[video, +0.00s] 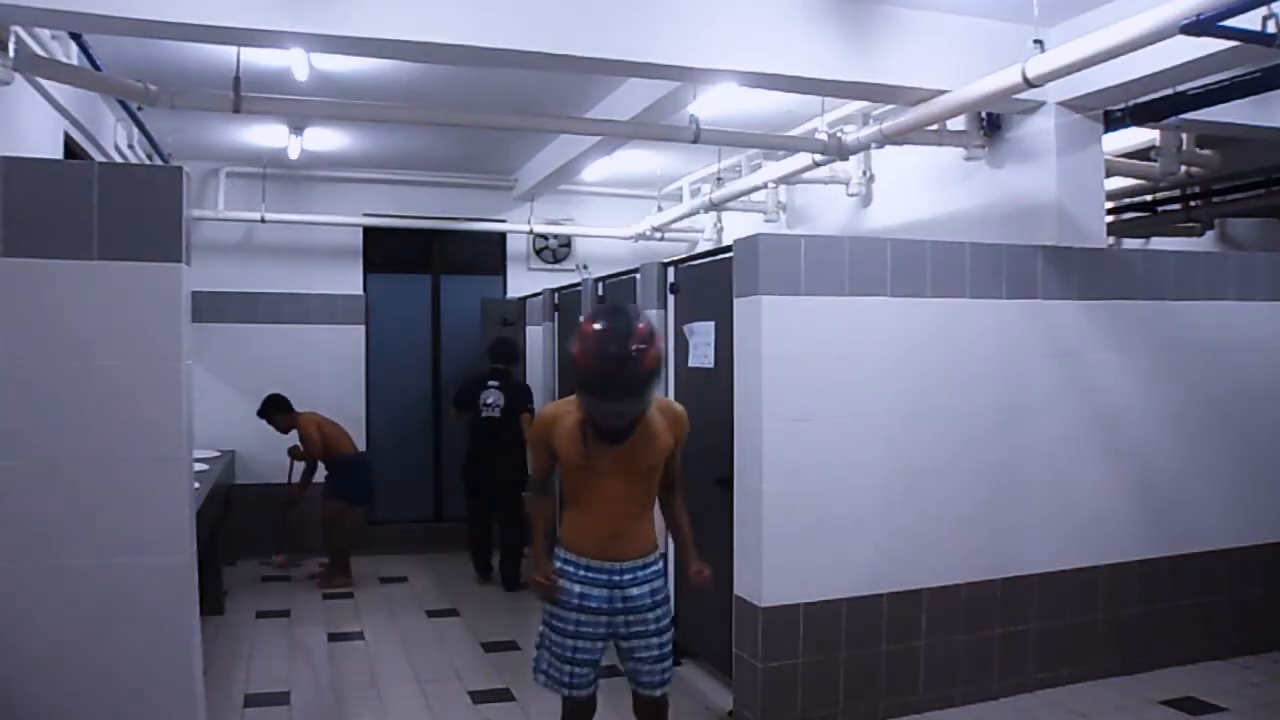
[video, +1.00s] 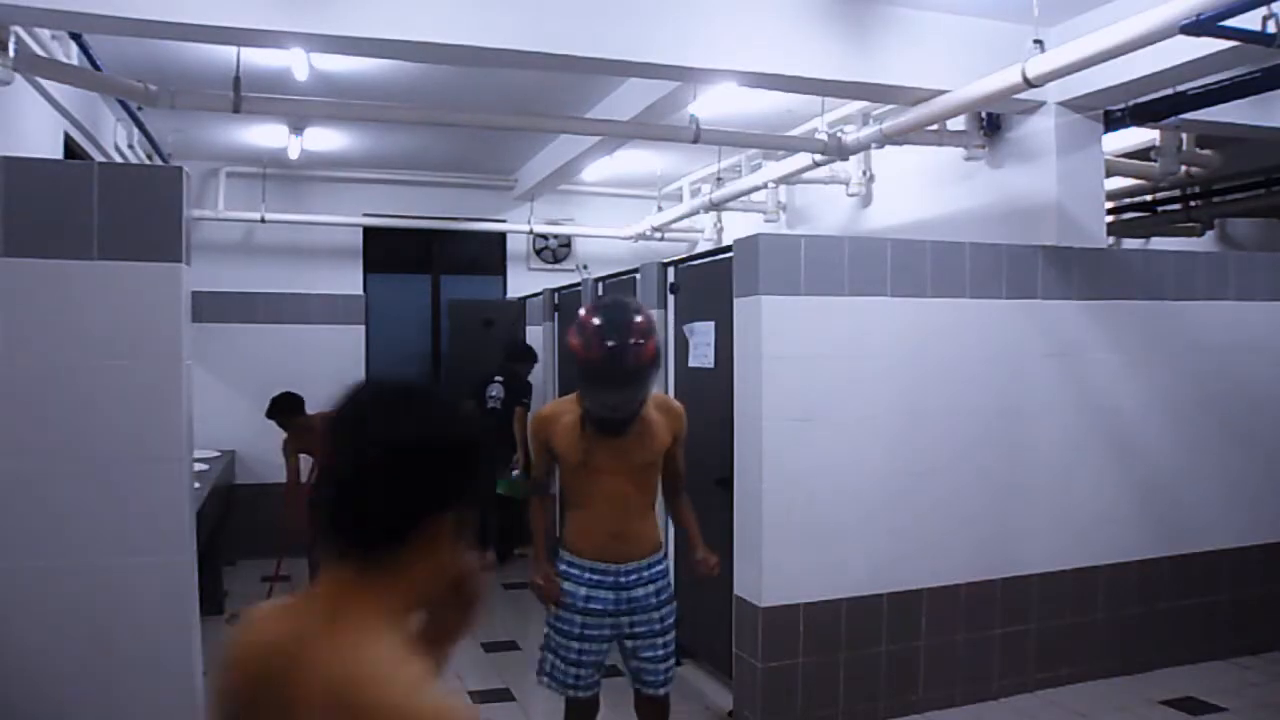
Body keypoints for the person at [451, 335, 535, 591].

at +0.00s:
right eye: (512, 360)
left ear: (489, 358)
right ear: (515, 361)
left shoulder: (472, 384)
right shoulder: (521, 389)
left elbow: (457, 414)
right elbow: (526, 424)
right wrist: (533, 453)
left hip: (478, 462)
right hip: (510, 463)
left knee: (479, 515)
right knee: (511, 518)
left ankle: (483, 570)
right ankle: (511, 577)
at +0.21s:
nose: (508, 365)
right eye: (507, 360)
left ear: (482, 360)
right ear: (508, 361)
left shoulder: (469, 385)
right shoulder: (512, 387)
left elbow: (456, 413)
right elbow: (521, 421)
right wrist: (533, 457)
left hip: (476, 460)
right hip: (507, 461)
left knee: (478, 510)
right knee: (511, 514)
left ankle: (479, 564)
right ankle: (511, 574)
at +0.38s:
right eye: (503, 358)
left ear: (480, 357)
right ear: (503, 358)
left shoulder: (463, 382)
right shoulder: (507, 383)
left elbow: (454, 414)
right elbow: (513, 416)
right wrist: (523, 442)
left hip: (471, 454)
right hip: (501, 454)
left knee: (475, 506)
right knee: (503, 506)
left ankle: (478, 563)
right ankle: (506, 560)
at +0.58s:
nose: (505, 363)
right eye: (506, 359)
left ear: (484, 356)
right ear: (506, 359)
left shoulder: (464, 380)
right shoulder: (507, 382)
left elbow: (452, 412)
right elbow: (510, 415)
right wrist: (518, 445)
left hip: (469, 450)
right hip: (497, 450)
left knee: (473, 503)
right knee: (499, 500)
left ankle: (477, 559)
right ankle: (498, 550)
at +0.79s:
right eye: (514, 363)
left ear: (491, 359)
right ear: (512, 362)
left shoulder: (472, 380)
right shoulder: (511, 383)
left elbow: (457, 409)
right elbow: (511, 418)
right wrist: (517, 450)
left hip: (473, 450)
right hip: (499, 450)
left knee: (474, 503)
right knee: (500, 502)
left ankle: (478, 560)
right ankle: (502, 549)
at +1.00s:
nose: (531, 369)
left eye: (532, 364)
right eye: (530, 364)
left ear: (508, 360)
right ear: (523, 363)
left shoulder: (490, 379)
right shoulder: (522, 385)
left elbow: (478, 410)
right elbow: (519, 416)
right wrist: (520, 450)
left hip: (487, 446)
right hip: (508, 448)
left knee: (488, 497)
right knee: (508, 500)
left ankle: (483, 545)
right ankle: (504, 549)